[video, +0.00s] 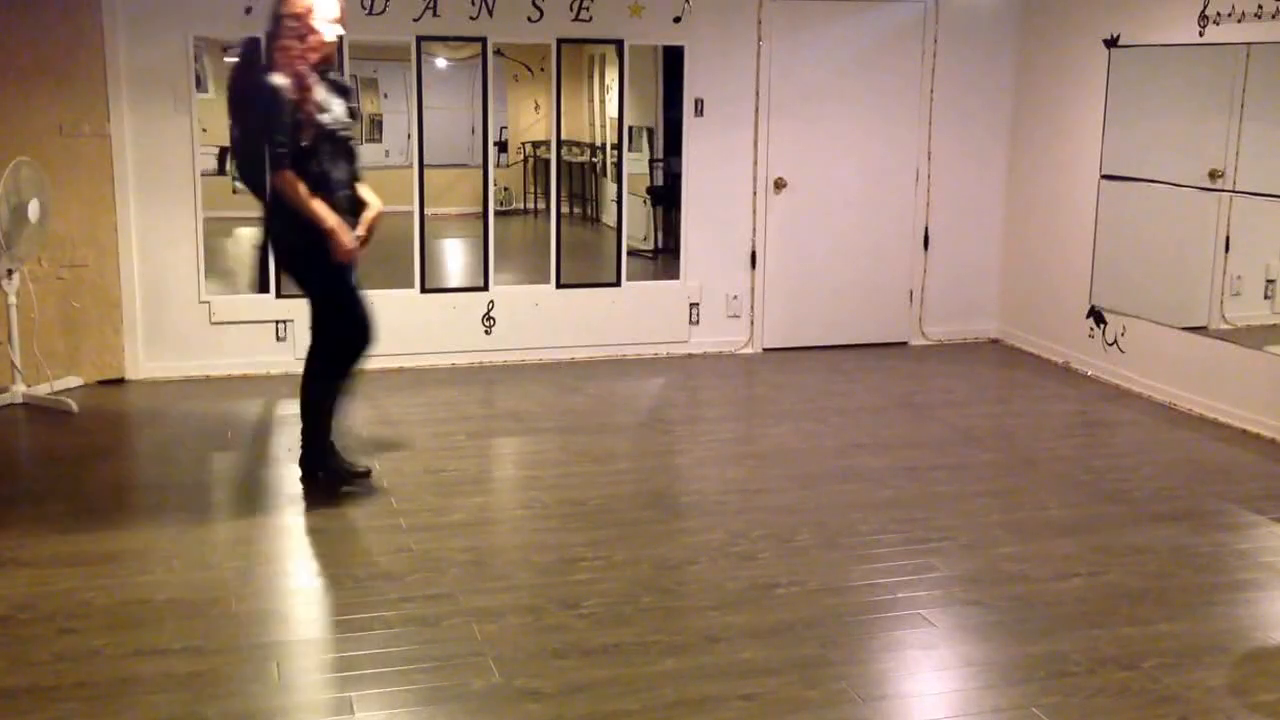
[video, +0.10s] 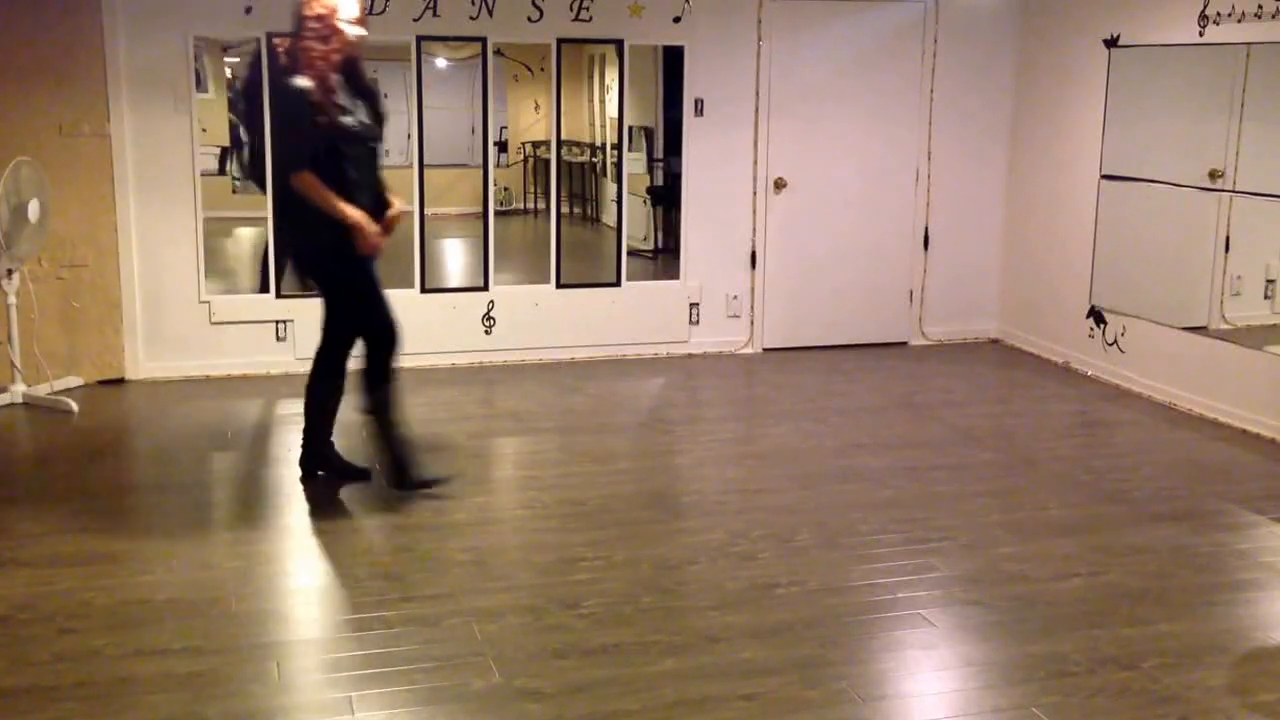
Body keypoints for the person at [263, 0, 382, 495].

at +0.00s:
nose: (303, 42)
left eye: (311, 32)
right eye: (293, 31)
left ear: (325, 37)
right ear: (277, 37)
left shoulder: (331, 88)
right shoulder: (269, 87)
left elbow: (337, 163)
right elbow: (274, 168)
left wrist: (371, 201)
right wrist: (331, 223)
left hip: (330, 227)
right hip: (297, 229)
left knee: (331, 335)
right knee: (349, 330)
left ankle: (318, 455)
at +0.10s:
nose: (325, 43)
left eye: (334, 32)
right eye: (316, 33)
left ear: (347, 41)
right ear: (306, 37)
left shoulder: (355, 93)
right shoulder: (295, 93)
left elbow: (361, 165)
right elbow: (295, 173)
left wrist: (389, 199)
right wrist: (353, 218)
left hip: (352, 232)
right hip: (318, 234)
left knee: (337, 340)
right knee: (380, 333)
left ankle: (317, 449)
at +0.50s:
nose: (469, 29)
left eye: (466, 20)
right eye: (462, 21)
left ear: (431, 31)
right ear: (442, 29)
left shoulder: (443, 85)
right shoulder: (434, 92)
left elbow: (461, 166)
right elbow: (455, 175)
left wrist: (506, 214)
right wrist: (510, 220)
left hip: (457, 234)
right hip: (450, 237)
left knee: (494, 337)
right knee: (485, 342)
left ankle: (422, 422)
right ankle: (470, 472)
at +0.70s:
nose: (519, 32)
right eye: (511, 23)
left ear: (468, 36)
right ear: (503, 31)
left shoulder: (477, 90)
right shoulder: (502, 93)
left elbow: (508, 168)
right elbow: (531, 173)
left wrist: (564, 216)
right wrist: (585, 221)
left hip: (491, 234)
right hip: (501, 237)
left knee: (550, 339)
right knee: (503, 350)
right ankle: (470, 471)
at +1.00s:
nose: (585, 30)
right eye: (577, 21)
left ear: (537, 38)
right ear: (572, 32)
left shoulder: (549, 89)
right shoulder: (578, 90)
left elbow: (573, 167)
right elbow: (593, 170)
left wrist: (613, 221)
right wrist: (628, 225)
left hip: (558, 230)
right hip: (577, 232)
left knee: (597, 350)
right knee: (600, 350)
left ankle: (609, 465)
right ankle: (511, 442)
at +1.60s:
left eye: (638, 28)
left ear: (632, 36)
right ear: (685, 35)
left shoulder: (612, 91)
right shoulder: (705, 92)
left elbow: (598, 162)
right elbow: (729, 167)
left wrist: (637, 155)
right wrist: (693, 138)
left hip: (626, 242)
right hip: (689, 245)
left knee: (631, 346)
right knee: (690, 353)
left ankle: (621, 468)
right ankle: (697, 480)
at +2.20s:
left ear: (651, 36)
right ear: (703, 36)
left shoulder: (633, 97)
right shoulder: (723, 94)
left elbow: (612, 179)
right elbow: (733, 166)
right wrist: (692, 177)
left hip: (648, 246)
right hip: (714, 248)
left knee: (620, 364)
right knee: (713, 364)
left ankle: (591, 486)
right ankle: (698, 485)